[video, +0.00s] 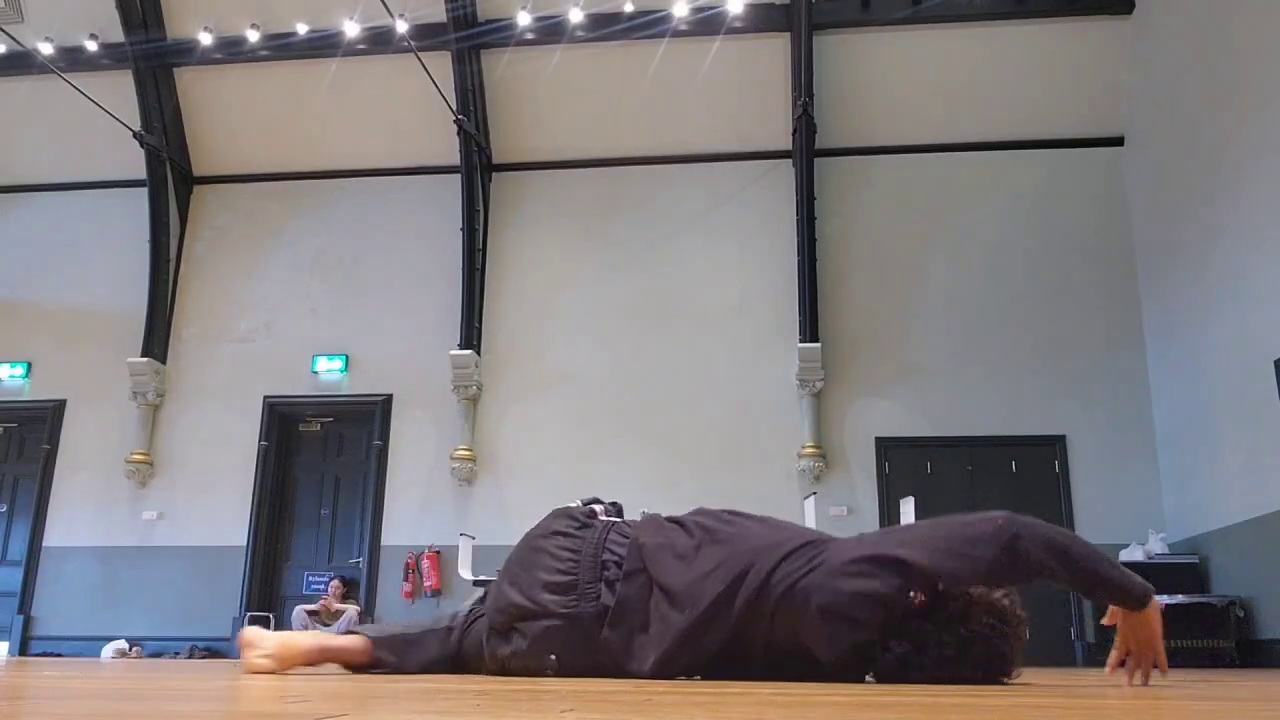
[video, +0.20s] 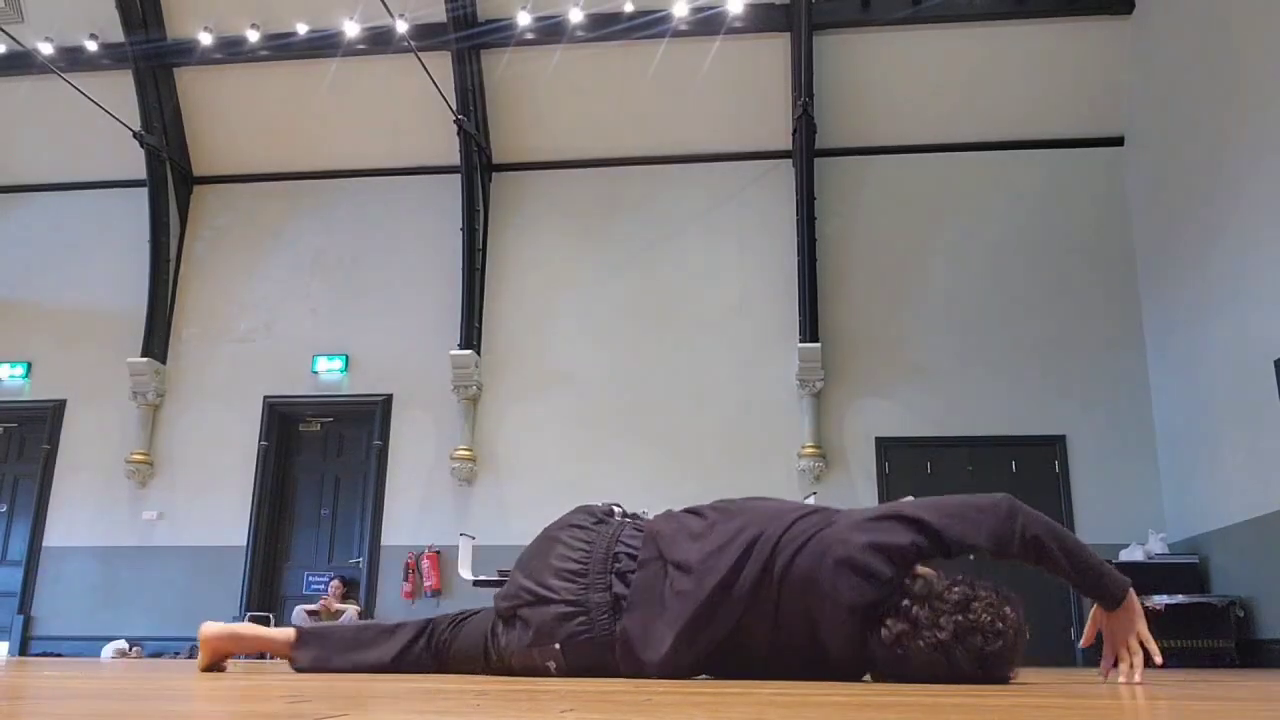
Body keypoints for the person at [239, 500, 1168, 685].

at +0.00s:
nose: (956, 666)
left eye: (969, 663)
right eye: (968, 668)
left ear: (944, 595)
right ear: (941, 632)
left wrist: (1129, 603)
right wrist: (1136, 603)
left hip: (583, 554)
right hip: (578, 625)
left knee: (458, 623)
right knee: (446, 641)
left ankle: (327, 640)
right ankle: (314, 648)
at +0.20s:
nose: (981, 671)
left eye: (993, 661)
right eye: (975, 676)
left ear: (962, 589)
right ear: (923, 662)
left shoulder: (883, 537)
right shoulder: (855, 657)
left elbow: (1020, 523)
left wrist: (1110, 591)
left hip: (601, 537)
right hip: (583, 626)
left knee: (470, 616)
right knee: (421, 642)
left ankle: (333, 623)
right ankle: (268, 643)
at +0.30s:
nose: (996, 663)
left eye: (997, 653)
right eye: (978, 672)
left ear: (964, 585)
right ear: (910, 655)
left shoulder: (889, 530)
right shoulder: (847, 652)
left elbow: (1016, 518)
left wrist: (1104, 598)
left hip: (617, 537)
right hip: (593, 623)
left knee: (468, 619)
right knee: (422, 642)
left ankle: (327, 621)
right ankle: (271, 641)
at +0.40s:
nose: (983, 674)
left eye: (989, 664)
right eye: (964, 678)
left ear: (962, 588)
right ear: (894, 660)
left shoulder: (888, 533)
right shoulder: (830, 659)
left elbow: (1000, 516)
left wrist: (1087, 609)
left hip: (625, 545)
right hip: (602, 624)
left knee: (470, 621)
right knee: (427, 638)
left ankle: (318, 625)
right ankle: (272, 636)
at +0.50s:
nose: (973, 673)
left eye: (986, 660)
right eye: (953, 676)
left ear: (975, 592)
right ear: (893, 659)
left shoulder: (894, 527)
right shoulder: (845, 661)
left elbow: (989, 518)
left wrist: (1057, 622)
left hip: (627, 548)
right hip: (603, 630)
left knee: (467, 622)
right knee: (417, 638)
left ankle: (322, 620)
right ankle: (266, 634)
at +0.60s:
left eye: (1000, 658)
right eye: (953, 669)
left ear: (982, 593)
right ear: (900, 652)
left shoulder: (894, 520)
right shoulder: (869, 658)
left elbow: (969, 538)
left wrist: (1019, 631)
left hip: (626, 549)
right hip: (604, 622)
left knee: (454, 629)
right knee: (416, 640)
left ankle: (314, 620)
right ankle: (255, 631)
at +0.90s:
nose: (960, 681)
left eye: (976, 668)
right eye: (963, 673)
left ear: (944, 567)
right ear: (933, 652)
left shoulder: (868, 518)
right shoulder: (847, 646)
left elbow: (756, 531)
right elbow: (743, 667)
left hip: (633, 552)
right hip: (618, 619)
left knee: (455, 629)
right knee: (427, 641)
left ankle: (292, 612)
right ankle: (250, 612)